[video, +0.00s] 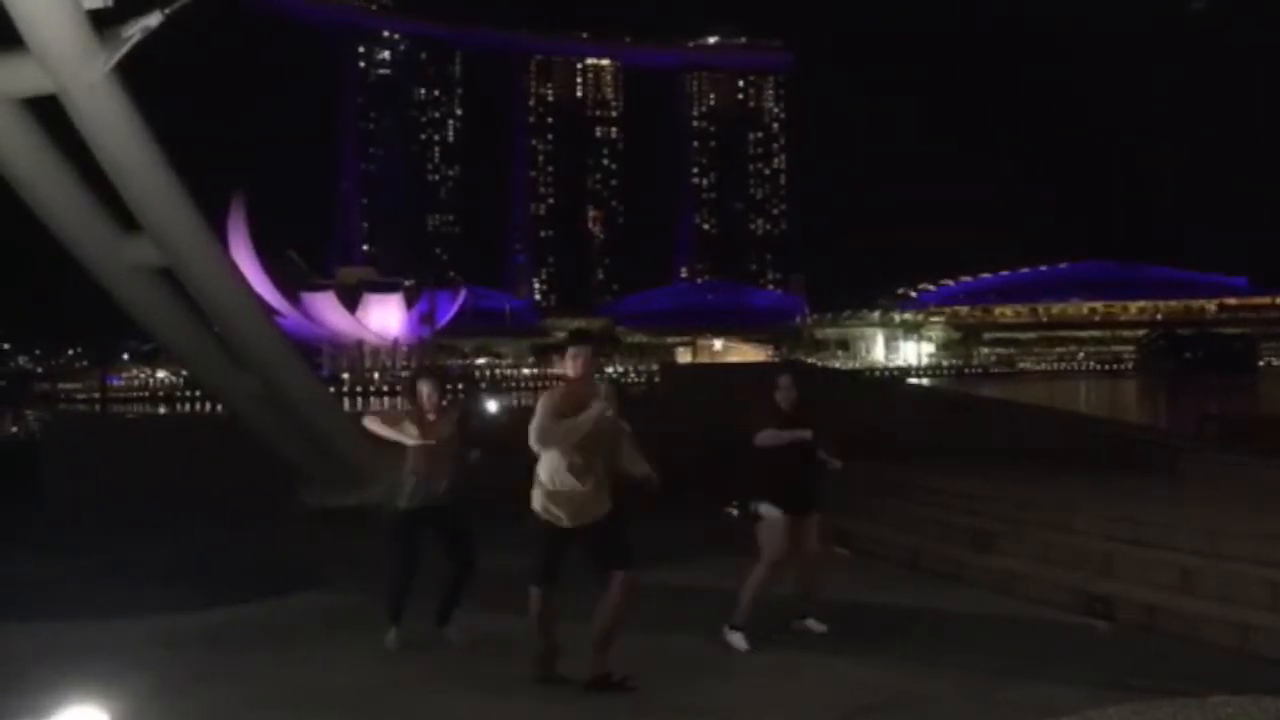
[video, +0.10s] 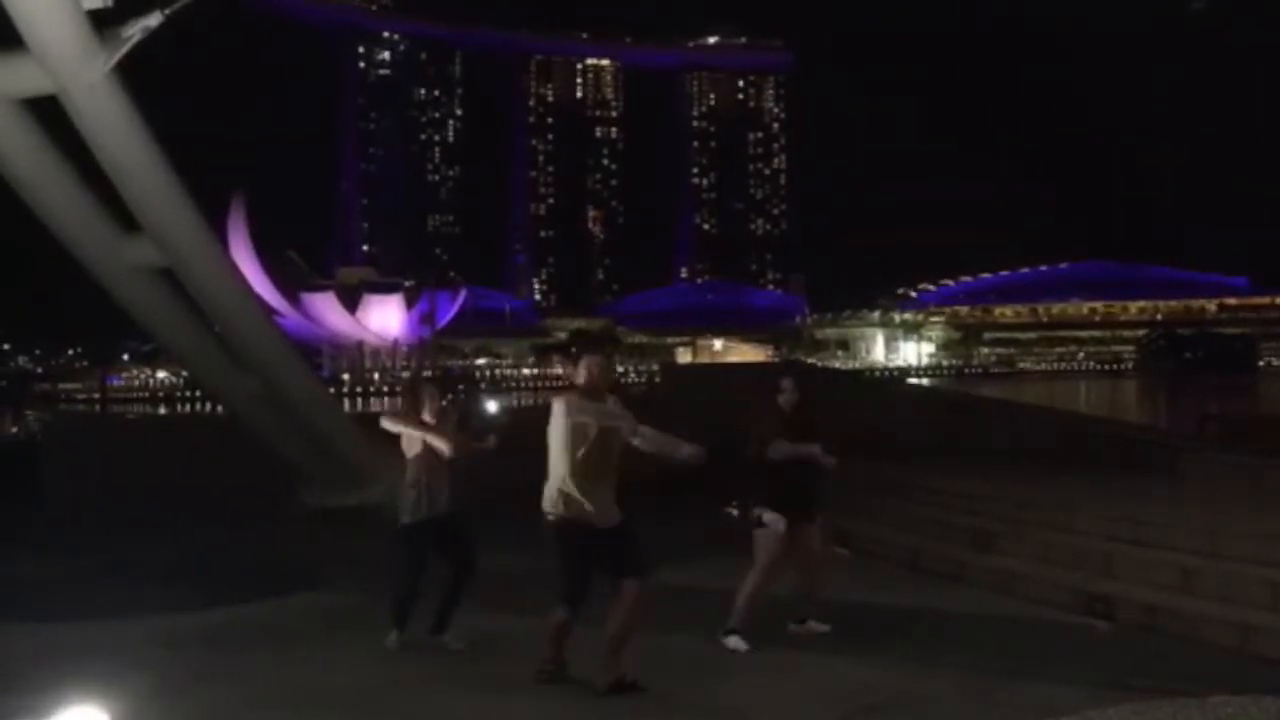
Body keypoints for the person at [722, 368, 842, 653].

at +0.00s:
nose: (785, 394)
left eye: (789, 389)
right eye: (781, 389)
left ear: (798, 390)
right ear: (774, 391)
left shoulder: (804, 416)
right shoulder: (767, 414)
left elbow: (808, 449)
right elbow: (760, 438)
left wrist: (826, 459)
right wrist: (800, 435)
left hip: (803, 494)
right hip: (771, 495)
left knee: (810, 555)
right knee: (772, 557)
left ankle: (804, 614)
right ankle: (736, 625)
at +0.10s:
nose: (785, 397)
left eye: (790, 392)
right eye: (781, 392)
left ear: (800, 394)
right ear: (776, 394)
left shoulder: (805, 420)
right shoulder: (768, 420)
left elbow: (813, 453)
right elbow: (771, 451)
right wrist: (811, 451)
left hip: (801, 499)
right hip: (771, 499)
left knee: (810, 560)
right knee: (764, 566)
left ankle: (801, 617)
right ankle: (733, 629)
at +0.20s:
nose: (798, 396)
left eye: (801, 390)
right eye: (793, 390)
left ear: (806, 392)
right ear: (783, 392)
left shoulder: (806, 421)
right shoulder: (780, 423)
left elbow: (808, 461)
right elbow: (784, 474)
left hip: (804, 503)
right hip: (779, 503)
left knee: (809, 561)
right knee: (778, 565)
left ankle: (800, 617)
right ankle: (735, 623)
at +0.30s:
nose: (808, 396)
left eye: (809, 391)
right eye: (803, 391)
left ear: (808, 393)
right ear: (791, 394)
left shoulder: (807, 422)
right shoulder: (790, 425)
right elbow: (792, 475)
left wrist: (834, 435)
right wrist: (820, 506)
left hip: (805, 501)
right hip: (788, 502)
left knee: (815, 558)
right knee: (800, 558)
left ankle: (797, 617)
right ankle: (755, 616)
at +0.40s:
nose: (808, 397)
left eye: (810, 391)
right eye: (803, 391)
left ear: (815, 393)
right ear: (793, 394)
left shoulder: (813, 421)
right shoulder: (792, 422)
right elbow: (799, 457)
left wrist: (822, 461)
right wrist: (833, 466)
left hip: (809, 497)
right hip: (793, 499)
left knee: (813, 558)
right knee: (808, 559)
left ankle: (799, 618)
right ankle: (791, 631)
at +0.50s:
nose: (814, 404)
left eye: (813, 398)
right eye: (809, 399)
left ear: (803, 399)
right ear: (801, 401)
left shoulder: (789, 425)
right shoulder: (807, 428)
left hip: (789, 507)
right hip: (801, 510)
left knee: (813, 570)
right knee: (814, 573)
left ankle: (803, 620)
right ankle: (797, 641)